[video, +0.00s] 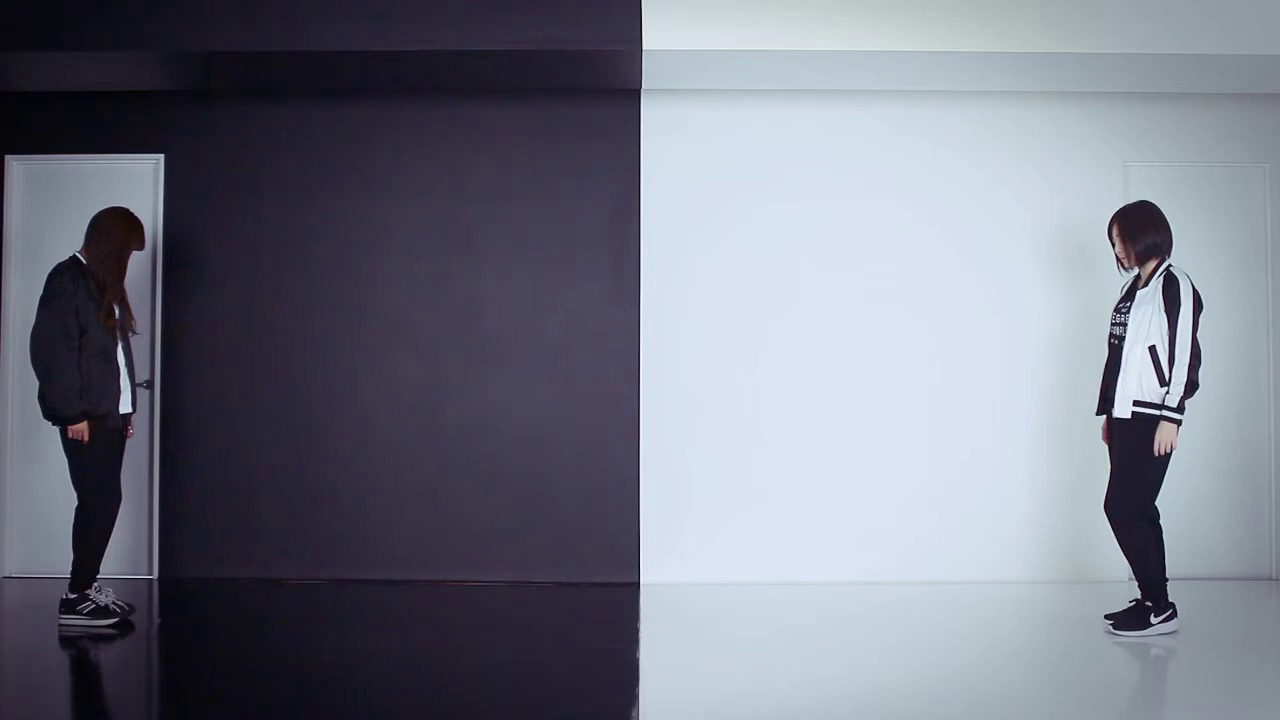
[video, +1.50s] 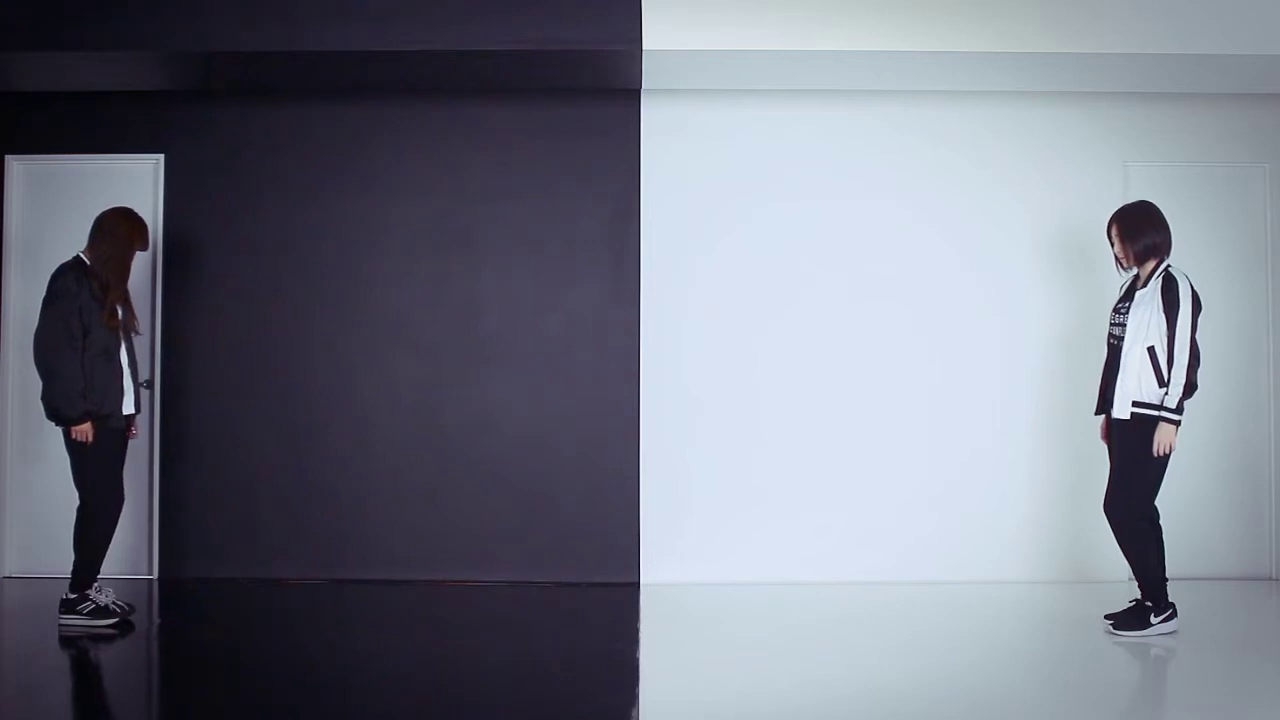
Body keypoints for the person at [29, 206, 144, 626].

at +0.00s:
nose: (128, 260)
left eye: (131, 252)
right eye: (127, 251)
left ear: (103, 241)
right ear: (110, 244)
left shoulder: (105, 284)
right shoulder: (67, 278)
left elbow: (114, 354)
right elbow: (50, 349)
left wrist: (125, 409)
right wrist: (71, 412)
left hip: (109, 415)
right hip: (84, 417)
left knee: (106, 499)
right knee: (97, 500)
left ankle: (86, 589)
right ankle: (77, 596)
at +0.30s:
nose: (129, 260)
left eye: (132, 252)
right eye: (127, 251)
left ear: (104, 241)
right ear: (110, 244)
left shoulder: (106, 283)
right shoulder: (68, 279)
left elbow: (115, 354)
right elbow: (51, 349)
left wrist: (126, 409)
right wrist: (72, 412)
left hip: (110, 415)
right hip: (85, 416)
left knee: (107, 499)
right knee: (98, 500)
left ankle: (87, 589)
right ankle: (77, 596)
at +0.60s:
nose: (130, 259)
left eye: (133, 252)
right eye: (128, 250)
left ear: (106, 241)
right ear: (112, 244)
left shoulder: (108, 284)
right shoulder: (70, 278)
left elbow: (117, 354)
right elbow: (53, 349)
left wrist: (128, 410)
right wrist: (74, 411)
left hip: (111, 415)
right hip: (86, 417)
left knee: (108, 499)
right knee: (99, 500)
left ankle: (87, 589)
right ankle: (78, 596)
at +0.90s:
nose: (131, 260)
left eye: (134, 252)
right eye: (130, 251)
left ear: (108, 242)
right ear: (113, 245)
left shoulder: (108, 284)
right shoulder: (71, 279)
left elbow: (118, 354)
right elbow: (54, 349)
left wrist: (128, 410)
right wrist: (74, 412)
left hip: (112, 416)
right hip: (87, 417)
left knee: (108, 499)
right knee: (100, 500)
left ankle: (86, 590)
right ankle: (78, 596)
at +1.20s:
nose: (131, 260)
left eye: (134, 252)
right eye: (130, 251)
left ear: (107, 241)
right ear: (113, 245)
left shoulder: (108, 284)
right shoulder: (70, 279)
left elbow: (118, 354)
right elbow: (54, 349)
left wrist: (129, 410)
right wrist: (75, 412)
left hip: (112, 415)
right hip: (87, 417)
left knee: (108, 499)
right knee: (100, 500)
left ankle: (86, 590)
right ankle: (78, 596)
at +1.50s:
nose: (132, 260)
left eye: (135, 252)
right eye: (131, 251)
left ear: (107, 241)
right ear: (114, 245)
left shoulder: (108, 284)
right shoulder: (71, 279)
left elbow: (117, 354)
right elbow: (55, 350)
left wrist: (129, 410)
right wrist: (75, 413)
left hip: (112, 416)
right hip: (87, 417)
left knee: (108, 499)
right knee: (100, 500)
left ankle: (86, 590)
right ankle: (78, 597)